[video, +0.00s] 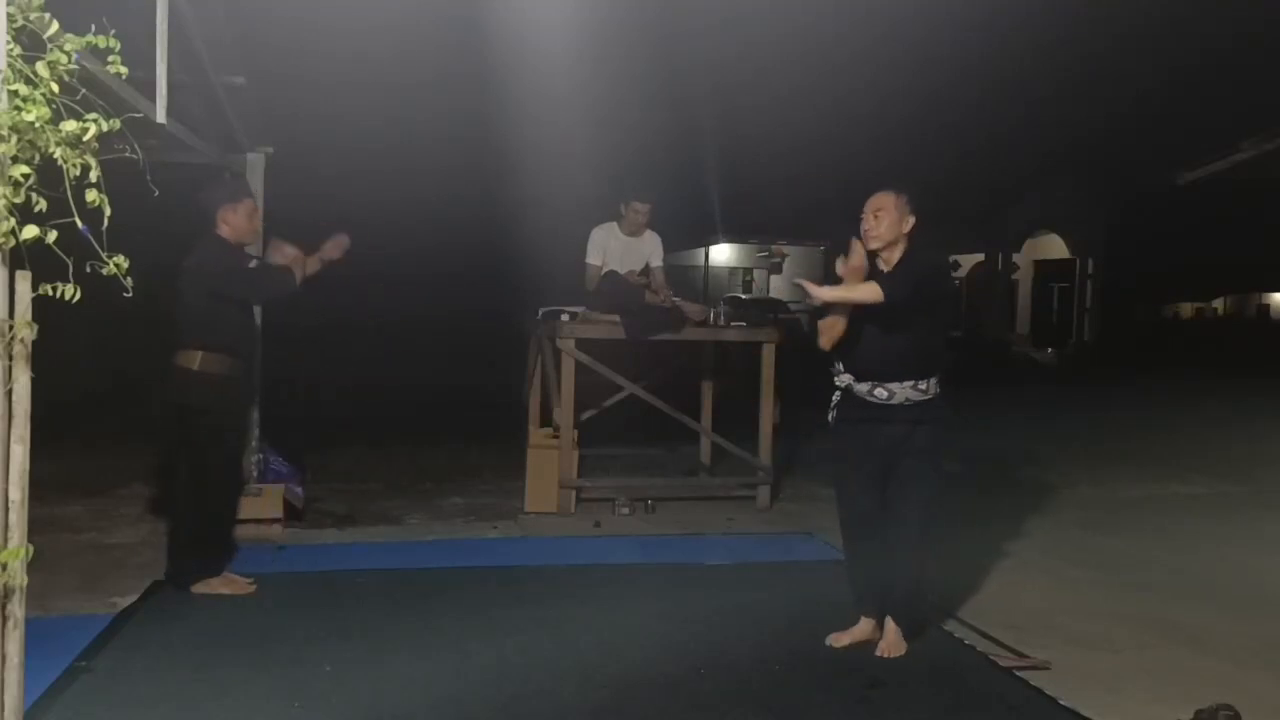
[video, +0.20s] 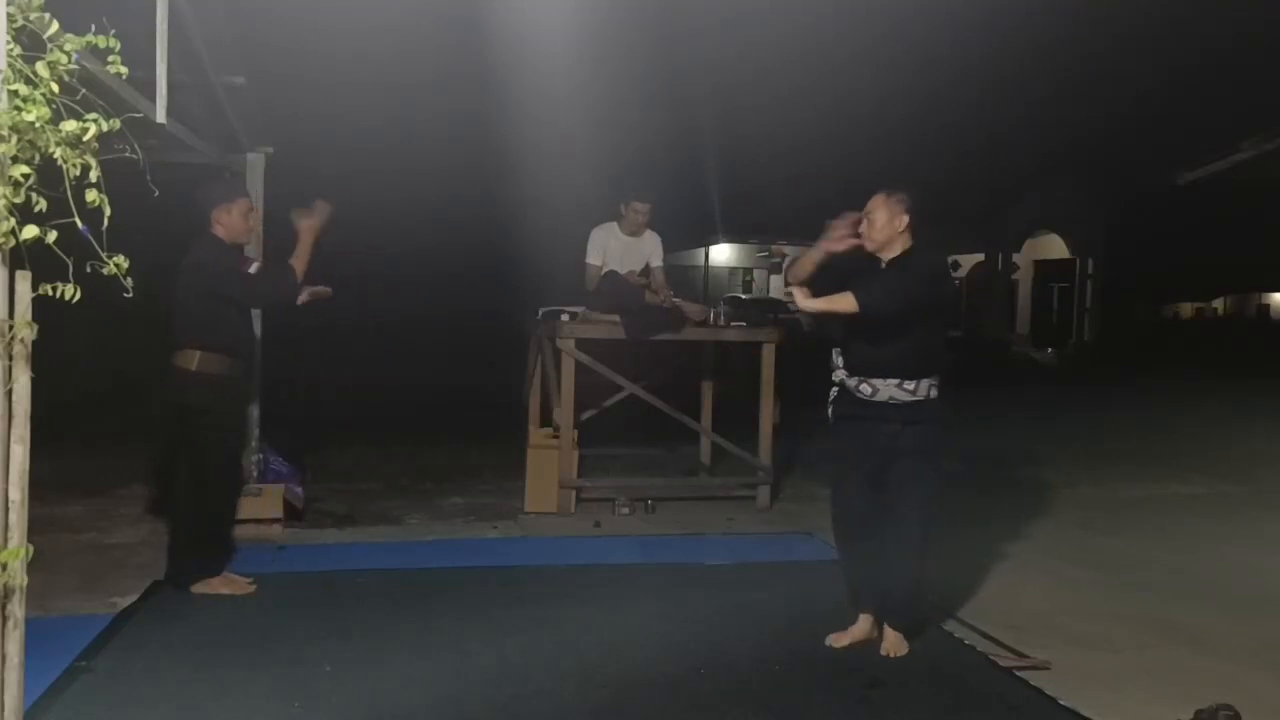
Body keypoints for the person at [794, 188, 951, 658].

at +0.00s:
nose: (866, 222)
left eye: (878, 213)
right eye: (864, 215)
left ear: (908, 223)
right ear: (861, 227)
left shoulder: (929, 269)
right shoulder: (853, 275)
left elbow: (888, 292)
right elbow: (825, 339)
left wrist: (825, 293)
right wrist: (853, 280)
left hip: (914, 411)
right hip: (857, 407)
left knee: (906, 515)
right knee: (858, 513)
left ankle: (895, 620)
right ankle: (869, 617)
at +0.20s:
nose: (864, 223)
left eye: (873, 215)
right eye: (864, 216)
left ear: (903, 221)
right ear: (869, 226)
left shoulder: (924, 271)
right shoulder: (858, 266)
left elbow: (879, 298)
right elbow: (797, 281)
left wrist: (813, 304)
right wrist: (822, 248)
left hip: (909, 415)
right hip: (855, 411)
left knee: (903, 516)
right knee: (853, 512)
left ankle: (895, 622)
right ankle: (867, 616)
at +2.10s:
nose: (874, 224)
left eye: (883, 216)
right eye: (873, 217)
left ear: (914, 220)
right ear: (886, 228)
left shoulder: (931, 270)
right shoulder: (881, 270)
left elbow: (882, 297)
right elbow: (859, 330)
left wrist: (849, 236)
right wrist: (850, 307)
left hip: (906, 418)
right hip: (858, 412)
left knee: (901, 520)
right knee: (847, 514)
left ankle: (899, 624)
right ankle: (863, 615)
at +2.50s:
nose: (876, 222)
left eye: (887, 214)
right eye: (877, 215)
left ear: (918, 220)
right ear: (884, 223)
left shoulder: (933, 276)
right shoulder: (872, 265)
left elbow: (882, 327)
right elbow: (819, 275)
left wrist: (839, 293)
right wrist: (769, 270)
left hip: (907, 419)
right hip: (856, 413)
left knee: (900, 519)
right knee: (847, 513)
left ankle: (898, 626)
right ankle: (863, 616)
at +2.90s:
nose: (874, 225)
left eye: (884, 216)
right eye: (874, 217)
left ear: (915, 223)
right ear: (879, 224)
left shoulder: (926, 274)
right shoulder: (876, 271)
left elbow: (848, 277)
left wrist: (782, 289)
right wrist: (775, 288)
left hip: (904, 421)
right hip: (857, 415)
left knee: (900, 517)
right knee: (846, 513)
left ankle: (899, 625)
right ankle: (865, 616)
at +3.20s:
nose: (881, 223)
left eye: (892, 214)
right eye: (879, 217)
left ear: (922, 222)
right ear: (878, 226)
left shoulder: (935, 275)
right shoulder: (871, 272)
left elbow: (881, 314)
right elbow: (802, 261)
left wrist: (809, 295)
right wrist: (860, 270)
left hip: (909, 416)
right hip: (856, 411)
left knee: (903, 517)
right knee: (854, 512)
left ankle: (898, 623)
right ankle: (864, 615)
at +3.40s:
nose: (888, 219)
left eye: (900, 212)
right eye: (887, 212)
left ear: (927, 223)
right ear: (880, 222)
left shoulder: (936, 275)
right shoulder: (861, 259)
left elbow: (884, 321)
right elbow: (801, 280)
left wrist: (816, 328)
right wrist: (839, 230)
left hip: (910, 413)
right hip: (855, 408)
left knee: (904, 516)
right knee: (854, 512)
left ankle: (898, 624)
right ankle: (864, 616)